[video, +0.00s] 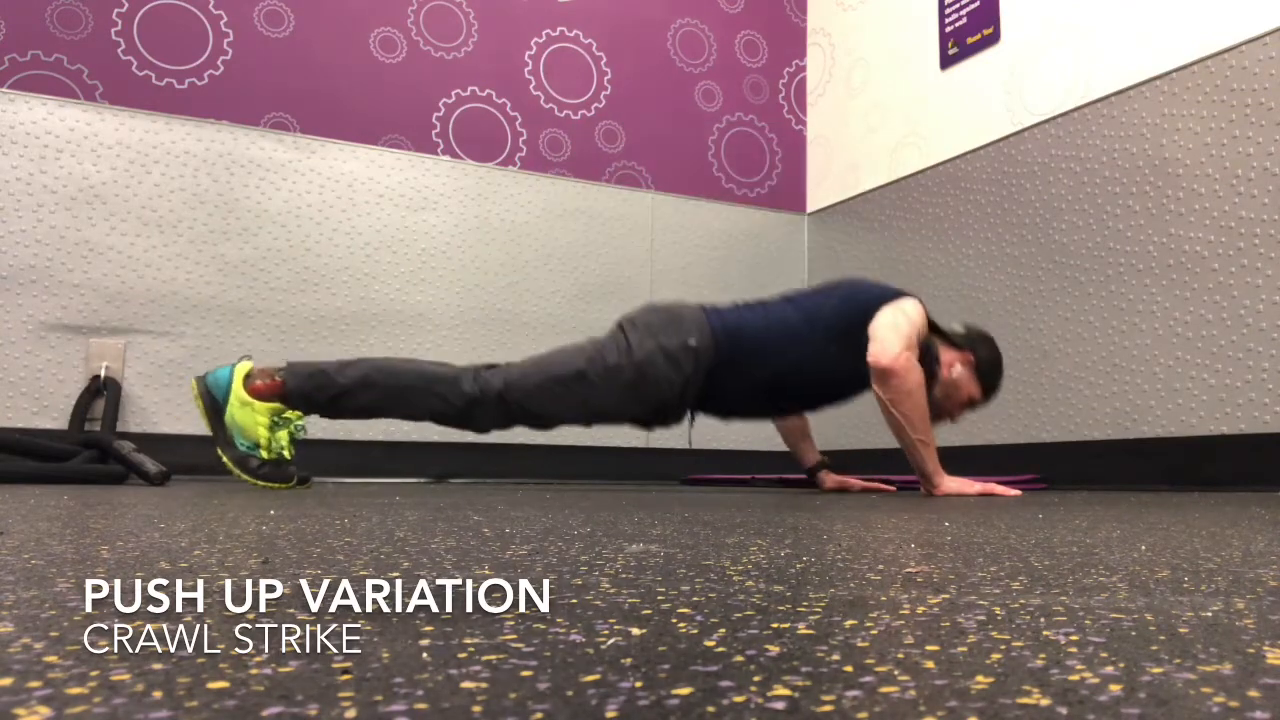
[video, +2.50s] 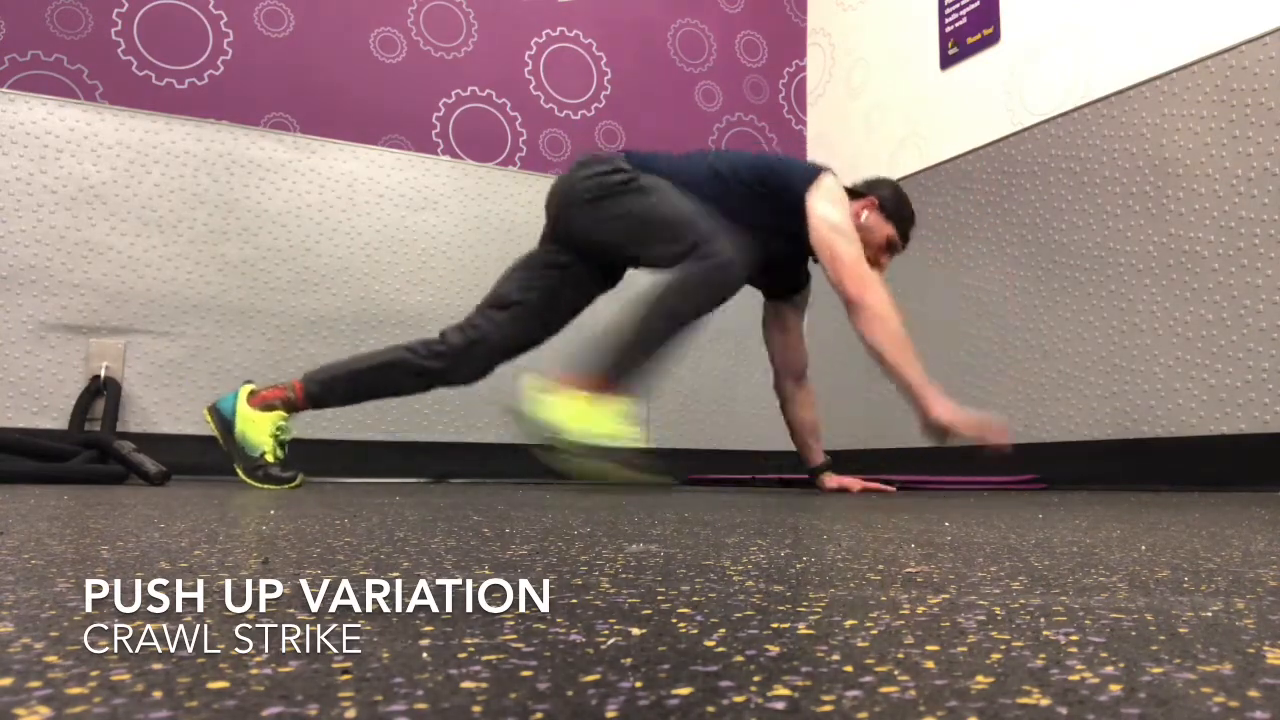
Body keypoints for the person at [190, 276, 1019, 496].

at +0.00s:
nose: (943, 406)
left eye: (955, 405)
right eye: (958, 396)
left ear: (945, 371)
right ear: (955, 356)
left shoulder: (855, 329)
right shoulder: (910, 317)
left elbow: (781, 385)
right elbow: (892, 367)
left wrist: (819, 471)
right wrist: (938, 475)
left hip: (678, 361)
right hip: (678, 353)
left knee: (486, 395)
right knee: (483, 396)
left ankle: (271, 391)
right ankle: (261, 384)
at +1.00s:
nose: (907, 326)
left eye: (920, 316)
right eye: (919, 309)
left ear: (896, 276)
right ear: (914, 269)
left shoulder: (824, 278)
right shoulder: (873, 247)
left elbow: (788, 384)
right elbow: (894, 355)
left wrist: (819, 469)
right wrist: (935, 473)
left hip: (640, 255)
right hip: (653, 238)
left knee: (501, 353)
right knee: (578, 381)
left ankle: (291, 401)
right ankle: (374, 360)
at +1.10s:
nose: (894, 289)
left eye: (905, 280)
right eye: (902, 269)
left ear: (884, 245)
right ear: (887, 229)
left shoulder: (806, 269)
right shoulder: (852, 216)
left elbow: (791, 376)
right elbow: (888, 329)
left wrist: (819, 465)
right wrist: (937, 440)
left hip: (627, 235)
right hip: (637, 197)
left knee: (478, 349)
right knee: (719, 297)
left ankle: (276, 402)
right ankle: (549, 386)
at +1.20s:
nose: (897, 251)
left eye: (905, 243)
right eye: (899, 229)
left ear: (878, 231)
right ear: (873, 193)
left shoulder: (799, 243)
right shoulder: (831, 182)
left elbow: (788, 357)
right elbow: (885, 285)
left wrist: (819, 463)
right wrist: (967, 374)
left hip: (613, 240)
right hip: (625, 189)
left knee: (479, 355)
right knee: (785, 229)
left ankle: (271, 405)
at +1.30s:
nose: (892, 229)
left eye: (900, 226)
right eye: (894, 211)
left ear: (871, 209)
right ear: (871, 178)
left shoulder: (805, 234)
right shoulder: (826, 160)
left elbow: (794, 344)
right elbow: (876, 240)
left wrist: (811, 454)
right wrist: (970, 293)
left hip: (620, 243)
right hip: (633, 199)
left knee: (481, 370)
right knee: (803, 252)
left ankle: (272, 405)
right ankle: (850, 442)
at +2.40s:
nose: (869, 237)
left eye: (880, 236)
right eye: (872, 219)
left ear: (867, 231)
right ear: (846, 185)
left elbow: (766, 392)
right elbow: (848, 251)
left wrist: (815, 467)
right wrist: (939, 329)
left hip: (600, 245)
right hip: (604, 194)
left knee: (466, 368)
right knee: (760, 240)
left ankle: (265, 407)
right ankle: (792, 415)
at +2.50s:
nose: (876, 262)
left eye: (883, 256)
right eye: (881, 243)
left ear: (861, 237)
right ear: (861, 204)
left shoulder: (781, 263)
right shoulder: (815, 189)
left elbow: (790, 372)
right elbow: (870, 296)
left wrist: (819, 468)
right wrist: (934, 403)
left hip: (601, 231)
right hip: (605, 181)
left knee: (471, 349)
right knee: (720, 252)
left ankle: (267, 405)